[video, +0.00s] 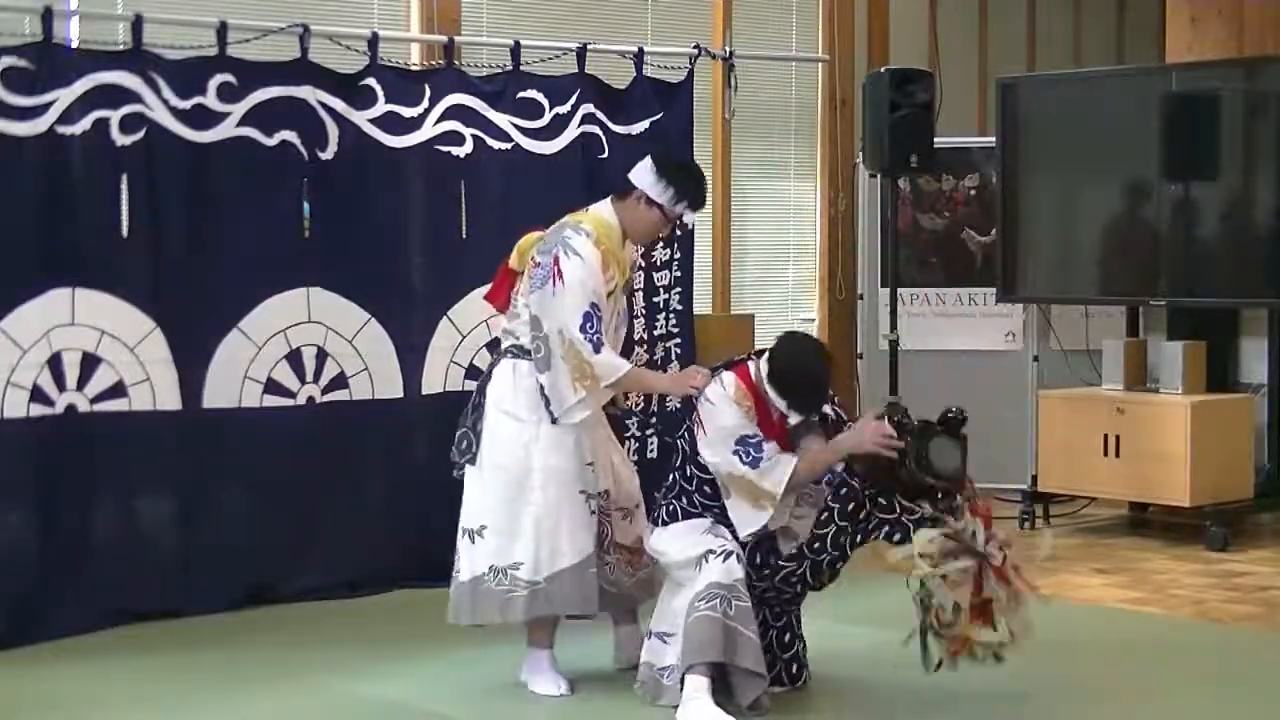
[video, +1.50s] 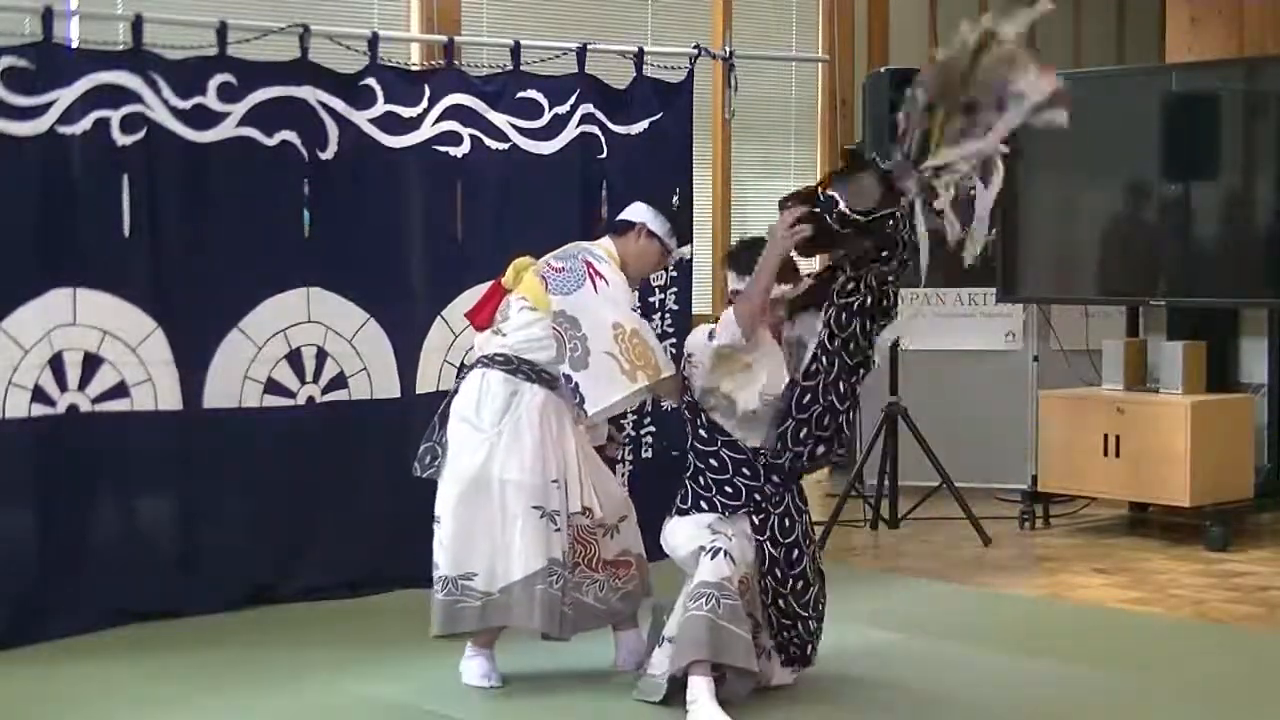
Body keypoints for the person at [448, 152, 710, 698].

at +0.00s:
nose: (666, 235)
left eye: (673, 226)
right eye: (668, 222)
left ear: (642, 202)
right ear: (642, 200)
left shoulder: (614, 249)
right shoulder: (577, 246)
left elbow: (598, 348)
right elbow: (583, 353)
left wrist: (625, 391)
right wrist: (663, 382)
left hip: (574, 404)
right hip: (533, 403)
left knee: (618, 507)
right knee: (551, 519)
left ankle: (630, 640)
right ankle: (539, 658)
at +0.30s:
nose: (691, 246)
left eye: (699, 238)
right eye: (695, 233)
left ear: (676, 211)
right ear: (675, 209)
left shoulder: (635, 256)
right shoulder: (604, 249)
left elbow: (622, 345)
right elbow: (615, 353)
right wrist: (683, 389)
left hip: (570, 390)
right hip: (527, 384)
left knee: (615, 506)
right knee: (520, 509)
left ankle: (631, 646)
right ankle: (483, 640)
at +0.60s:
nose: (686, 254)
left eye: (693, 245)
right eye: (689, 241)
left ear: (663, 222)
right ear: (664, 219)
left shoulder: (617, 263)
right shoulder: (598, 261)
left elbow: (589, 357)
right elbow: (616, 360)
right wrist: (698, 382)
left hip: (556, 400)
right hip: (511, 391)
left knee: (613, 508)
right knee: (497, 514)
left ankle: (629, 648)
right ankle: (479, 649)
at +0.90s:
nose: (682, 254)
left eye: (689, 245)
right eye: (685, 240)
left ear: (658, 222)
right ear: (660, 219)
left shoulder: (613, 263)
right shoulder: (595, 257)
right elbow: (607, 352)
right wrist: (695, 377)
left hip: (553, 398)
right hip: (512, 390)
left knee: (612, 510)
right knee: (506, 514)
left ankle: (631, 648)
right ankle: (479, 651)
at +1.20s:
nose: (675, 260)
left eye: (681, 252)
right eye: (678, 246)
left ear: (653, 227)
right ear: (654, 224)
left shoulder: (596, 256)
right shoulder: (601, 256)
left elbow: (583, 351)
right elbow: (627, 339)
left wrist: (600, 415)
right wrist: (682, 383)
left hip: (546, 396)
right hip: (516, 391)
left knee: (612, 507)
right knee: (510, 518)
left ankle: (632, 642)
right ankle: (479, 650)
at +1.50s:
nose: (659, 270)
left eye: (665, 262)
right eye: (661, 256)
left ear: (635, 235)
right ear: (639, 234)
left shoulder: (576, 261)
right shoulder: (598, 272)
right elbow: (631, 345)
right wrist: (672, 385)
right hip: (509, 395)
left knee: (609, 509)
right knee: (498, 522)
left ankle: (630, 642)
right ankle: (480, 650)